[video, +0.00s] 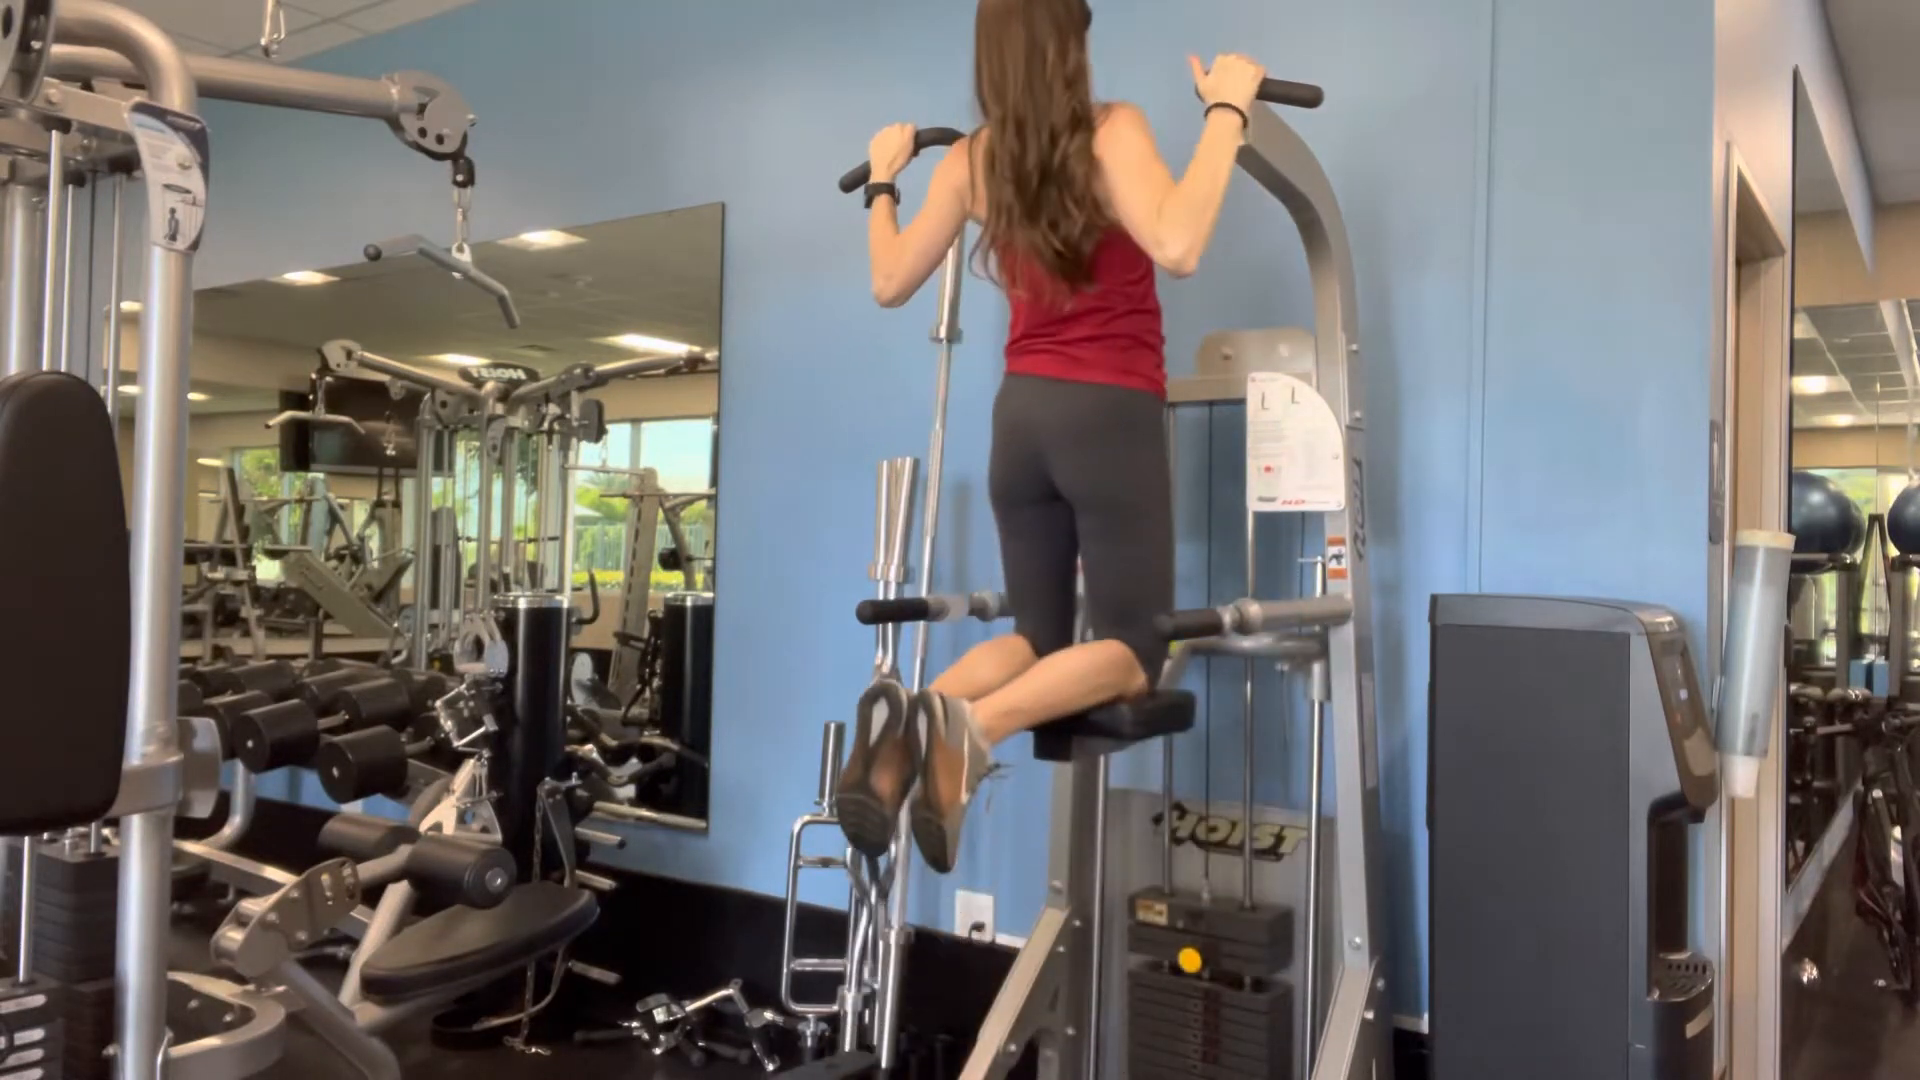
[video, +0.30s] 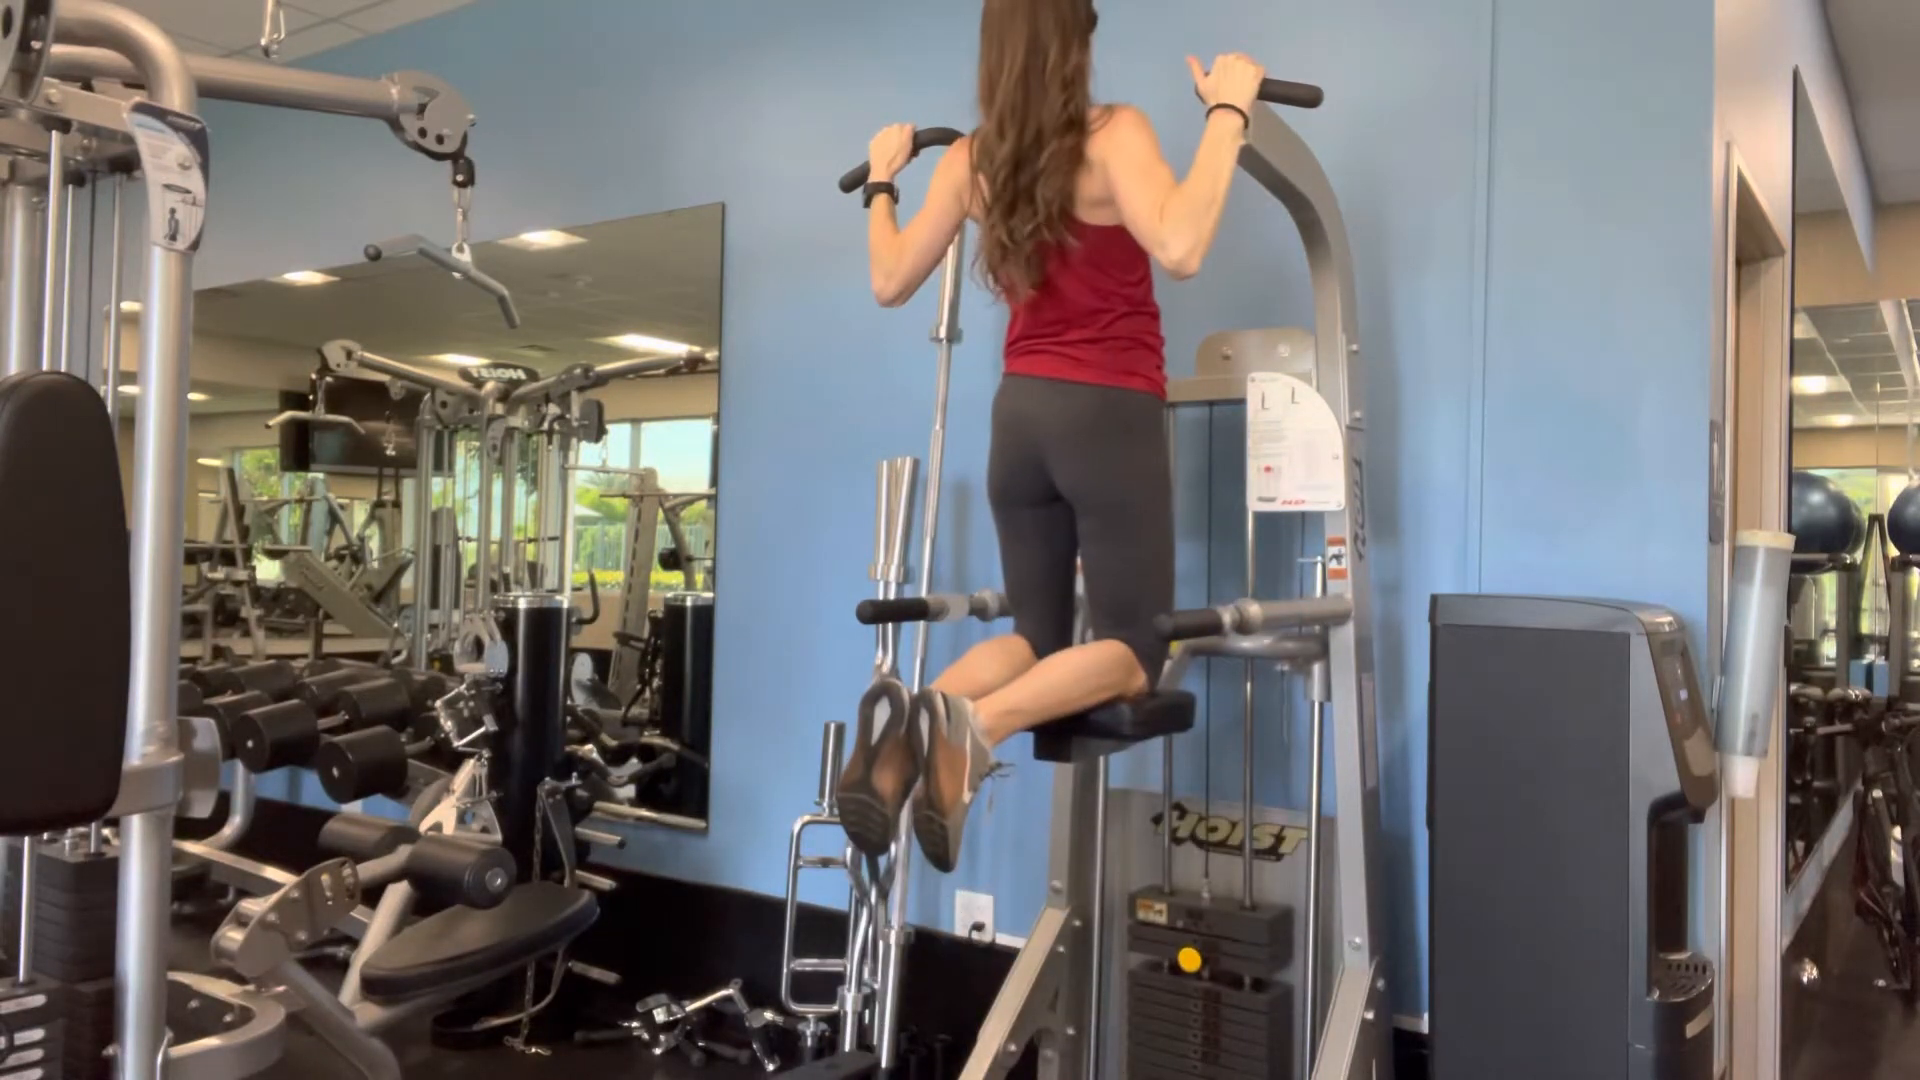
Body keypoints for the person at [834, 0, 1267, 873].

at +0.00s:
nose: (1082, 45)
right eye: (1077, 33)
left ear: (991, 54)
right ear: (1073, 44)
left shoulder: (973, 157)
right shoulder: (1110, 129)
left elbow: (891, 280)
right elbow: (1177, 243)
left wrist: (879, 181)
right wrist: (1228, 114)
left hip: (1020, 415)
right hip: (1110, 416)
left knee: (1039, 638)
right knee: (1132, 653)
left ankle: (915, 716)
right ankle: (978, 724)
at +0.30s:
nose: (1088, 43)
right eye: (1084, 30)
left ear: (996, 47)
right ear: (1079, 42)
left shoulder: (974, 155)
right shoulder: (1112, 132)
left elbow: (891, 279)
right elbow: (1180, 246)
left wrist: (878, 182)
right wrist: (1229, 114)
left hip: (1018, 415)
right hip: (1109, 414)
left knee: (1038, 639)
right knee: (1134, 653)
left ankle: (916, 717)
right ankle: (980, 722)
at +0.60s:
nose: (1090, 56)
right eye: (1085, 42)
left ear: (998, 57)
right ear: (1081, 52)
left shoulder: (973, 162)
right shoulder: (1114, 140)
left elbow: (891, 282)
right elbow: (1192, 249)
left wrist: (878, 181)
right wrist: (1230, 114)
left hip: (1019, 420)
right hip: (1111, 421)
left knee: (1038, 644)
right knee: (1133, 659)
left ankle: (916, 721)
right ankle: (981, 726)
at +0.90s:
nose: (1062, 155)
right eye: (1056, 144)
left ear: (962, 164)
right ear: (1047, 154)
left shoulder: (954, 251)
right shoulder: (1086, 232)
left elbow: (873, 296)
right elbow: (1239, 252)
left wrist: (878, 188)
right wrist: (1231, 112)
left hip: (1010, 520)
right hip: (1097, 524)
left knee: (1035, 737)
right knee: (1129, 754)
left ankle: (912, 821)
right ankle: (975, 829)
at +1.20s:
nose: (1048, 307)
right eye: (1037, 295)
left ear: (956, 322)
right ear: (1034, 312)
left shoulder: (955, 395)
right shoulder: (1076, 382)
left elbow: (905, 293)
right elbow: (1200, 270)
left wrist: (885, 185)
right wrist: (1225, 114)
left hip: (997, 685)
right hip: (1087, 693)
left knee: (1023, 894)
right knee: (1119, 916)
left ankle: (900, 1002)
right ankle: (965, 1028)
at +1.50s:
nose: (1075, 355)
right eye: (1067, 349)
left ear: (984, 391)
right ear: (1061, 376)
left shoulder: (986, 449)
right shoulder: (1105, 436)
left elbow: (934, 304)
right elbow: (1184, 279)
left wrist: (892, 187)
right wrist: (1223, 120)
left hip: (1001, 750)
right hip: (1090, 762)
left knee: (1025, 970)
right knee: (1114, 989)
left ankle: (904, 1075)